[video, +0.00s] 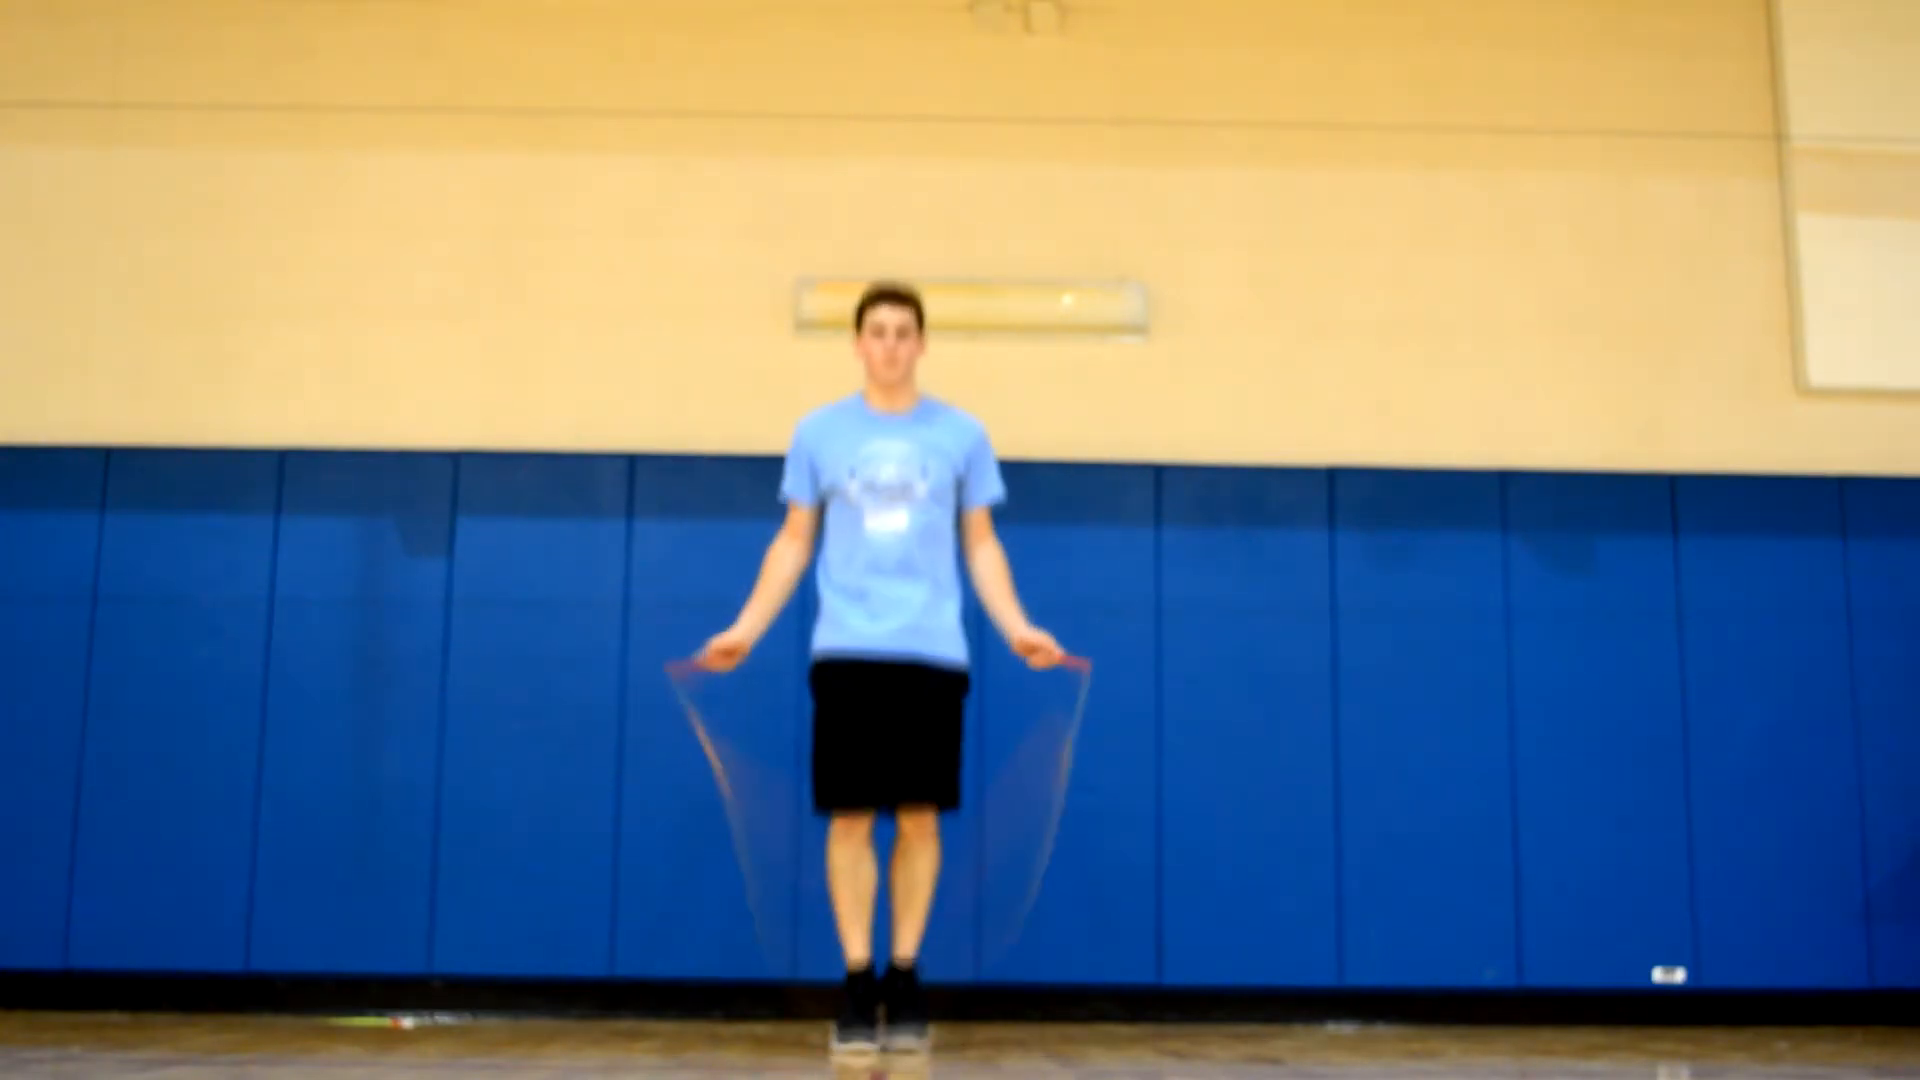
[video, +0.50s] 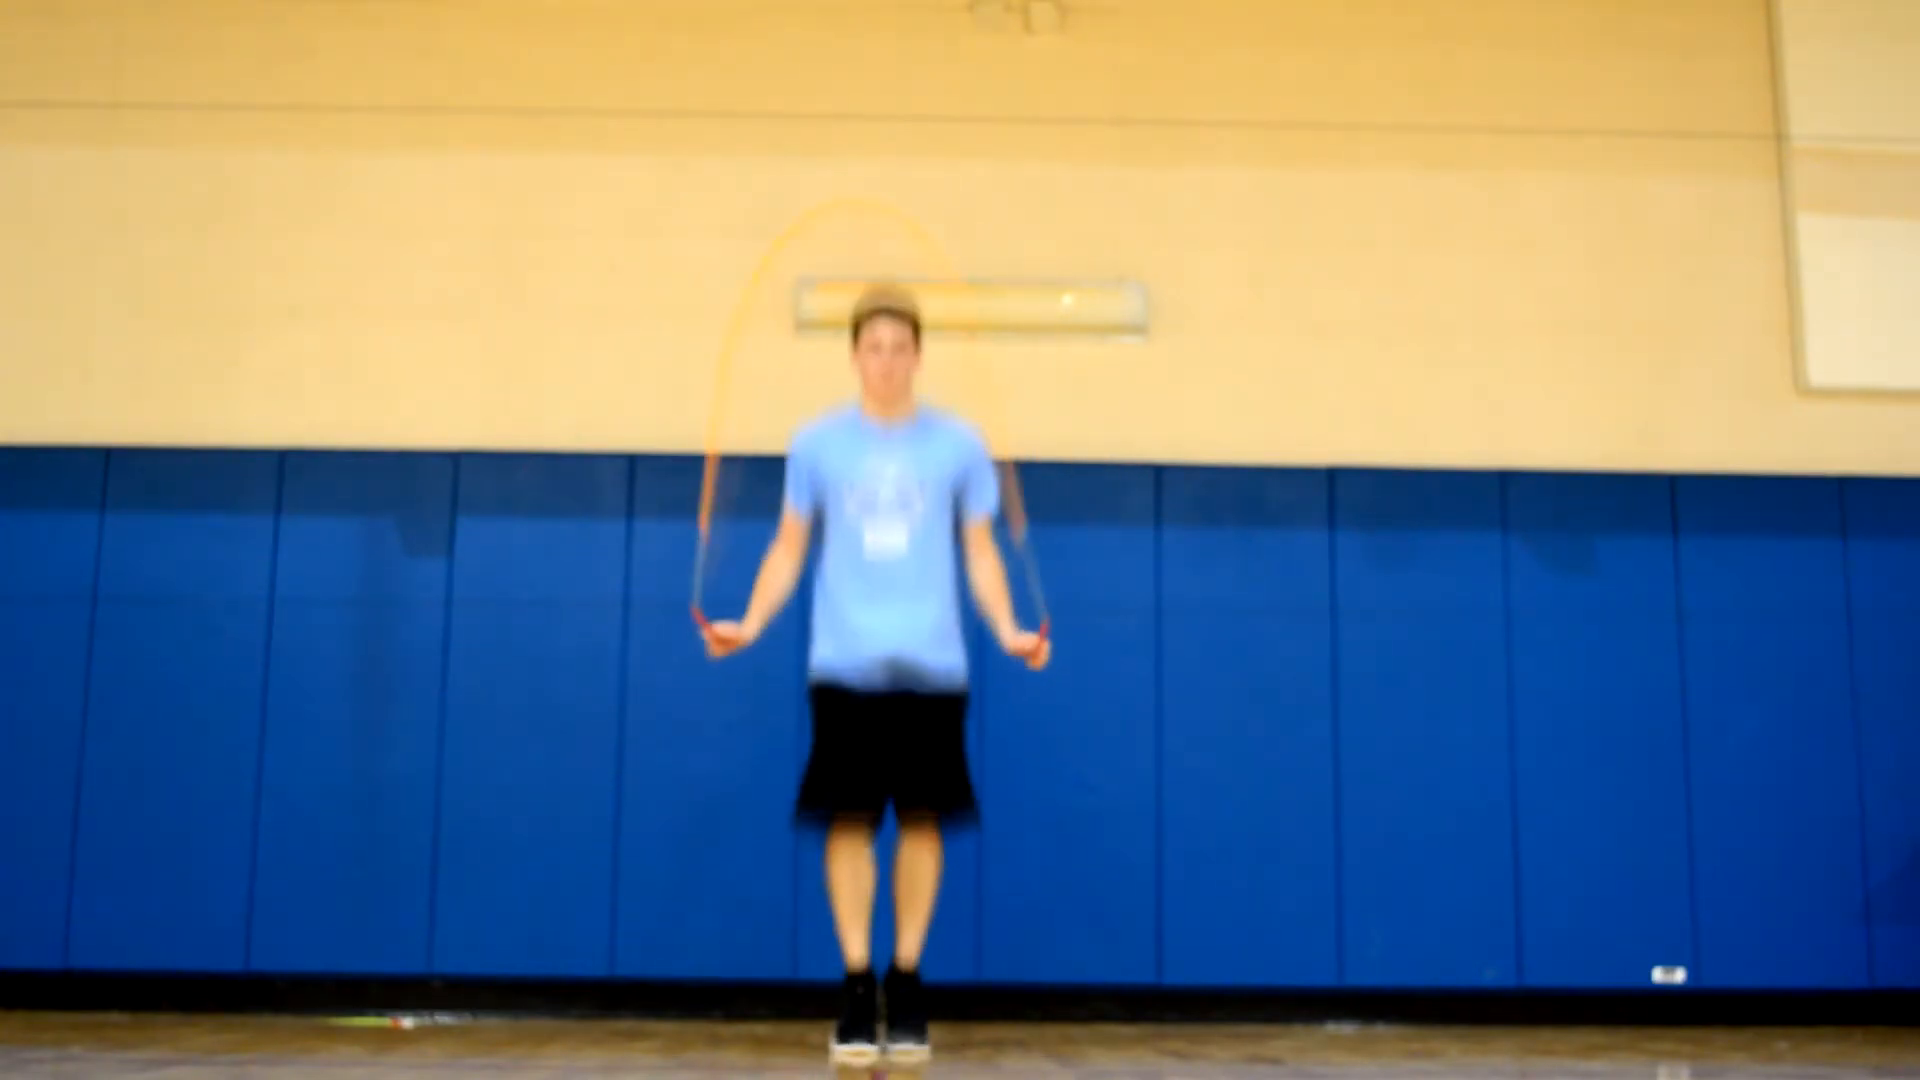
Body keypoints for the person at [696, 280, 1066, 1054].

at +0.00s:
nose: (891, 347)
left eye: (904, 334)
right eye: (879, 333)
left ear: (922, 344)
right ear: (857, 343)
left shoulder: (960, 434)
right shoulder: (821, 432)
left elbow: (981, 543)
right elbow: (794, 539)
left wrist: (1017, 627)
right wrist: (745, 629)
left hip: (933, 650)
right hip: (847, 648)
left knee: (918, 816)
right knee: (850, 816)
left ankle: (904, 980)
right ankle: (858, 983)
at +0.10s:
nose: (891, 362)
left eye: (903, 350)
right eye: (878, 349)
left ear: (922, 361)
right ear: (856, 361)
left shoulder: (960, 451)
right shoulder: (821, 449)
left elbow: (979, 560)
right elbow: (792, 558)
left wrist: (1010, 638)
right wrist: (741, 639)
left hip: (932, 670)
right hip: (845, 669)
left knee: (922, 834)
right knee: (845, 834)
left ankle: (901, 999)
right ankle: (856, 1000)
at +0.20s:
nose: (889, 391)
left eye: (901, 378)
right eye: (876, 377)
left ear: (920, 389)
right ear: (855, 387)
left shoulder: (960, 481)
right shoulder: (819, 479)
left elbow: (977, 585)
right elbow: (791, 582)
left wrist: (1006, 650)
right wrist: (736, 649)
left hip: (933, 703)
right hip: (843, 700)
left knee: (929, 858)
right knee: (836, 854)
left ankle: (901, 1004)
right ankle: (857, 1005)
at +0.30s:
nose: (887, 399)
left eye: (900, 387)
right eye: (875, 386)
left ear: (919, 399)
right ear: (855, 399)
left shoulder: (960, 492)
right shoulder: (819, 490)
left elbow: (975, 592)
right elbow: (789, 591)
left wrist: (1005, 654)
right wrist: (735, 649)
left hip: (934, 713)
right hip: (841, 711)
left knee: (935, 864)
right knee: (829, 862)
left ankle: (899, 1006)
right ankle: (858, 1006)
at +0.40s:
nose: (888, 386)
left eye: (901, 373)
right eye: (876, 372)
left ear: (919, 385)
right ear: (854, 383)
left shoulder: (959, 475)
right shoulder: (818, 473)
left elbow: (978, 576)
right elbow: (789, 571)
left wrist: (1006, 643)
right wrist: (742, 639)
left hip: (933, 699)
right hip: (844, 697)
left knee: (929, 849)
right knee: (838, 848)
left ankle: (904, 998)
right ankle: (858, 1000)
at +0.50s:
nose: (887, 361)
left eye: (900, 348)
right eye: (874, 347)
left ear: (919, 357)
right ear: (854, 355)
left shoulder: (957, 443)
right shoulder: (819, 442)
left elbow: (980, 548)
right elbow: (789, 546)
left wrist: (1008, 629)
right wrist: (749, 624)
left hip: (931, 664)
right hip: (845, 664)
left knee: (922, 822)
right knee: (849, 821)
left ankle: (905, 985)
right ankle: (857, 987)